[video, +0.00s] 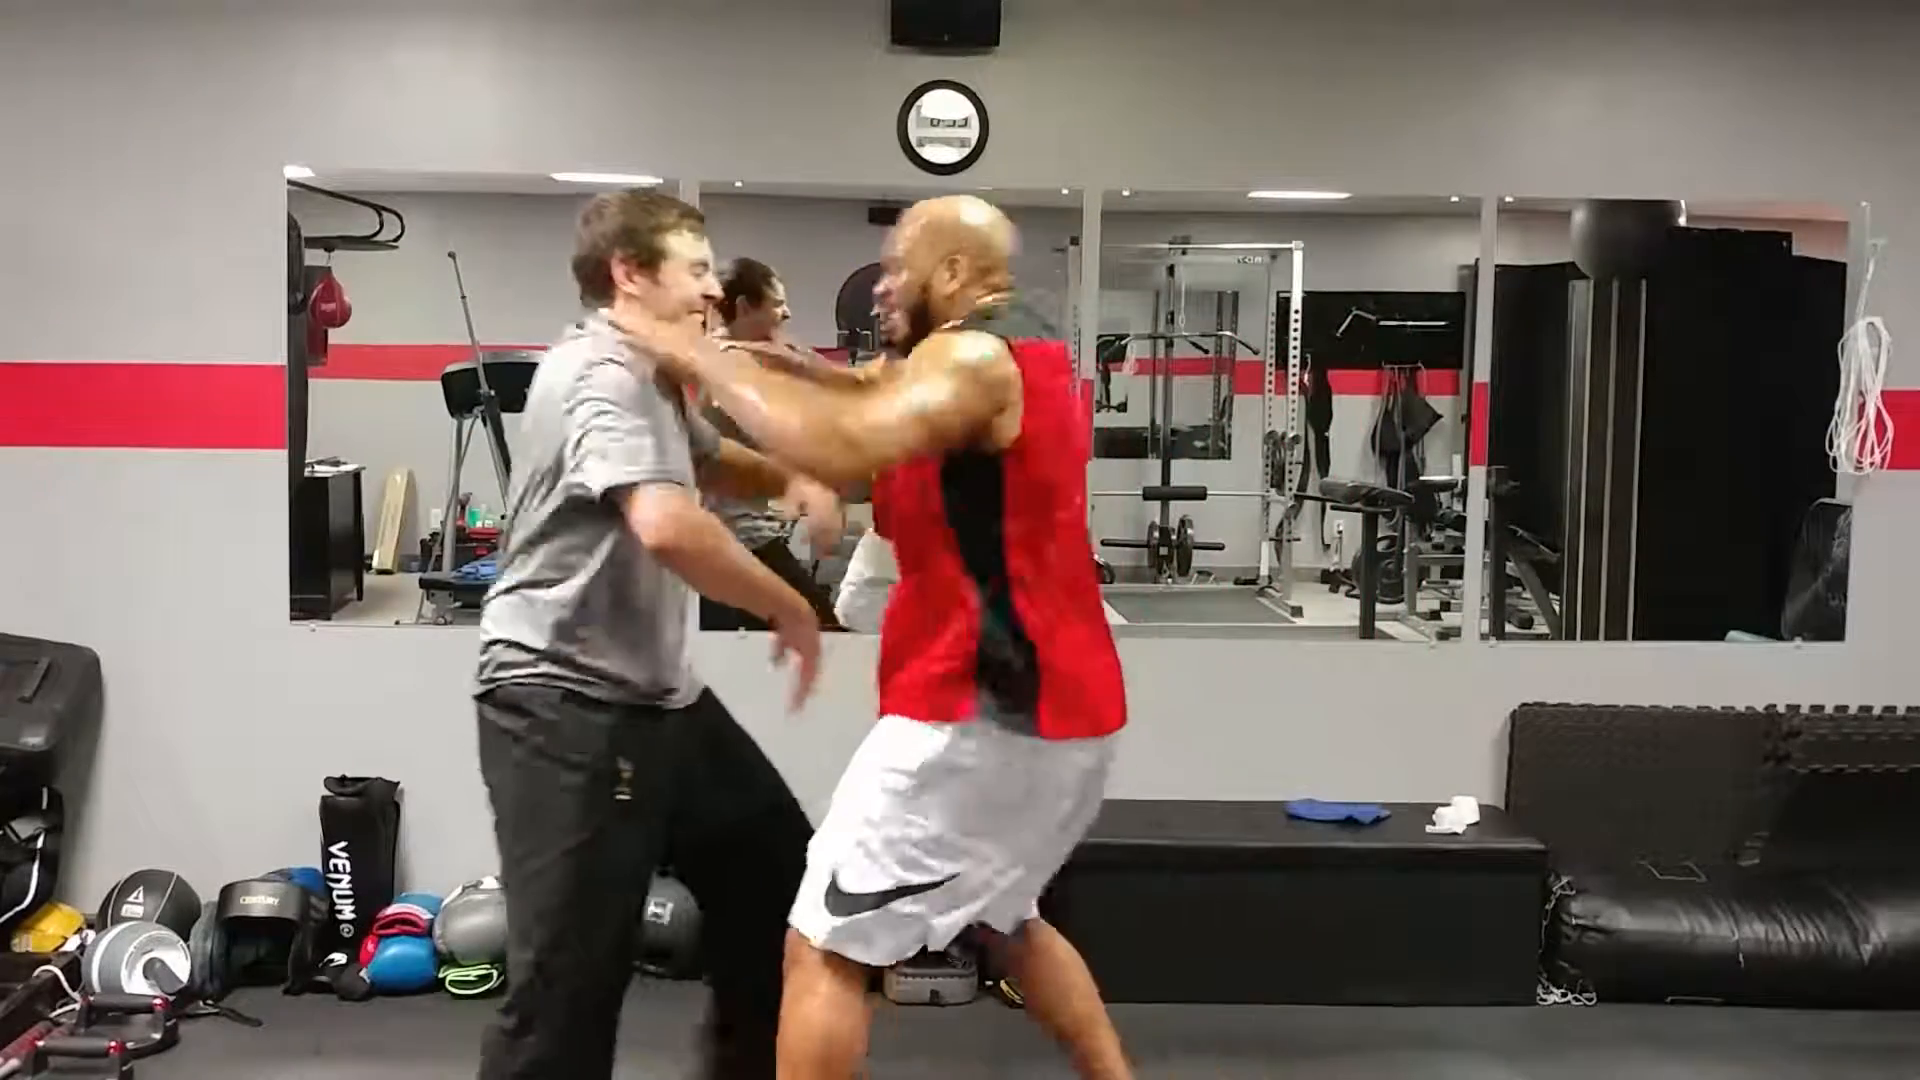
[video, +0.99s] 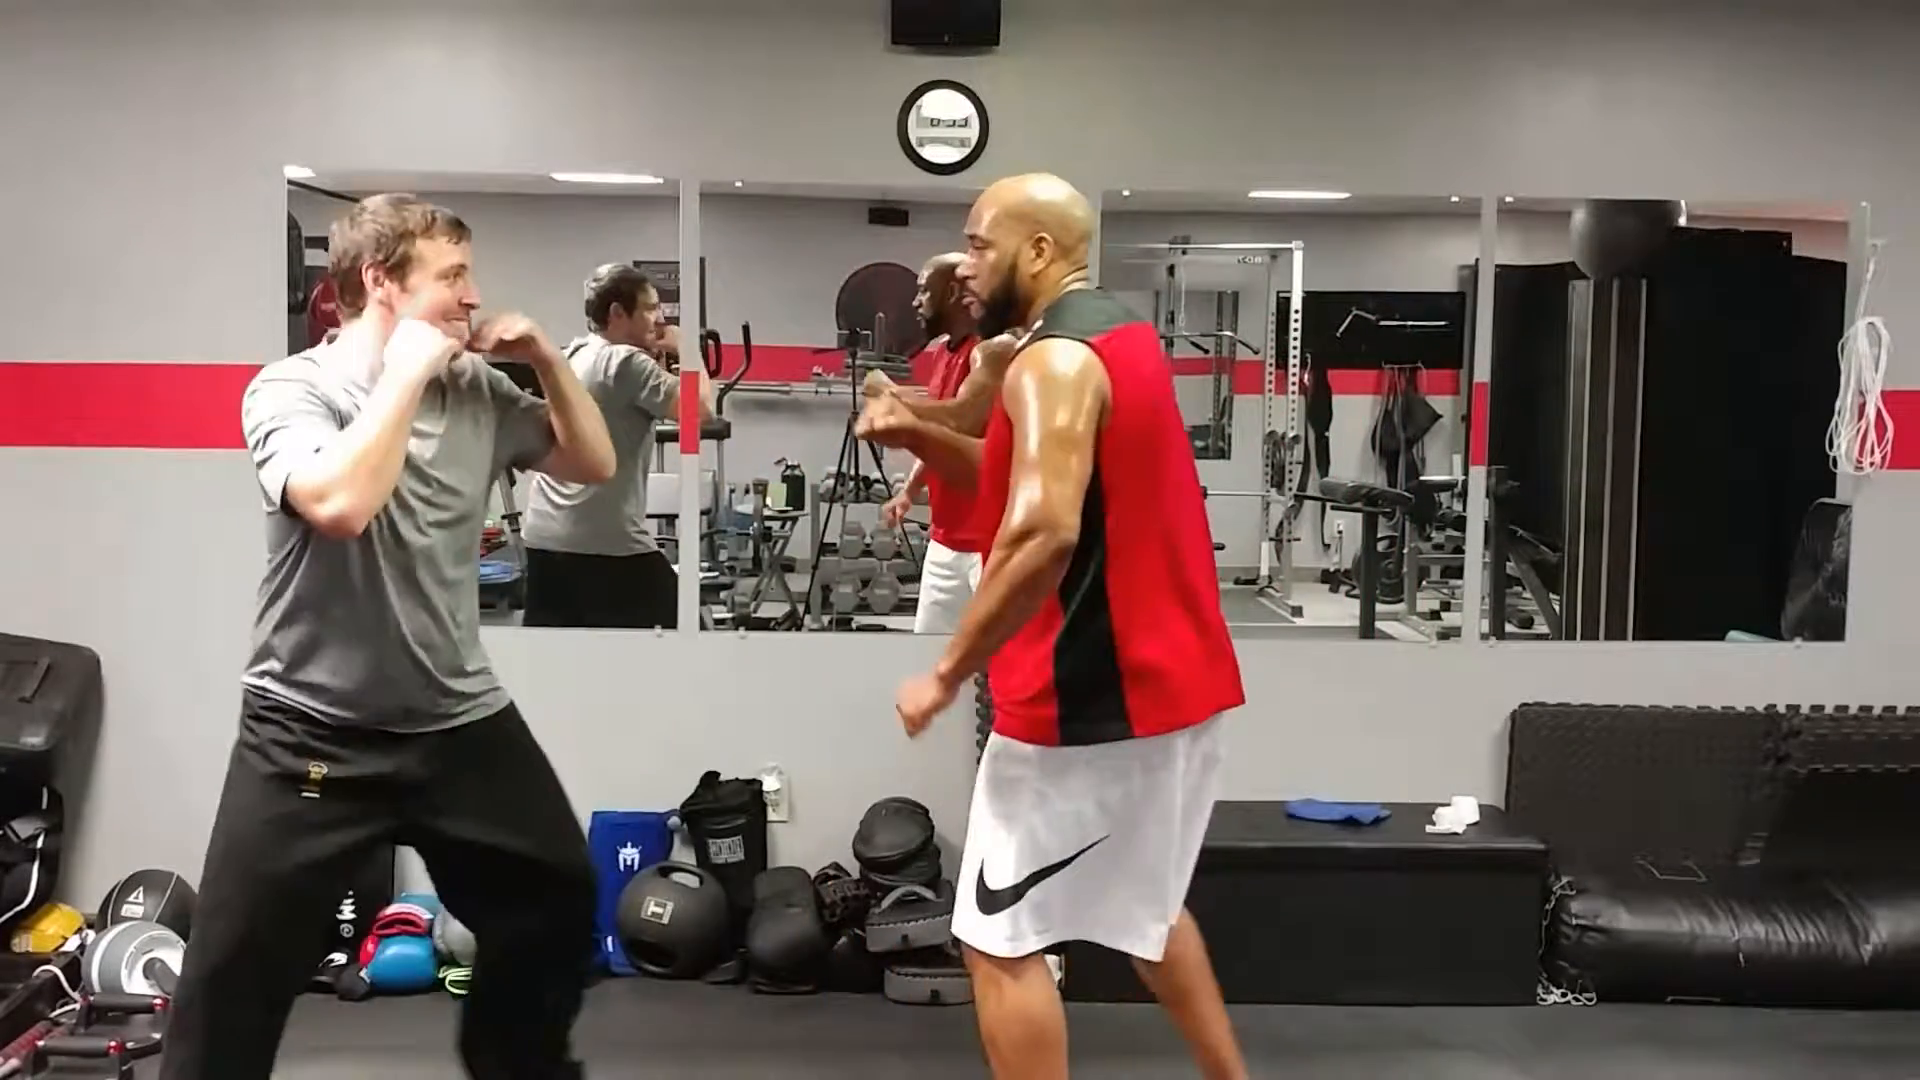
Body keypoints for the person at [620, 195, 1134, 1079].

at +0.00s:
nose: (884, 287)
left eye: (896, 268)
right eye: (887, 268)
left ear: (949, 275)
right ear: (979, 277)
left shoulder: (971, 363)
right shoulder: (1028, 354)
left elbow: (847, 449)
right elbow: (874, 388)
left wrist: (695, 353)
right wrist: (764, 357)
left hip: (974, 705)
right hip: (1063, 703)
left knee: (826, 947)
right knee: (1005, 915)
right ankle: (1113, 1071)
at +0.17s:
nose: (847, 325)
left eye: (858, 302)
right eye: (847, 304)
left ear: (918, 298)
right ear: (933, 300)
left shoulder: (951, 393)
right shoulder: (1000, 379)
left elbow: (890, 526)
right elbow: (912, 511)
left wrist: (719, 486)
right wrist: (788, 474)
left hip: (930, 740)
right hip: (1019, 731)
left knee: (768, 949)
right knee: (992, 916)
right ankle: (1153, 1071)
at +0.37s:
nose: (895, 297)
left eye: (912, 279)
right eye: (897, 278)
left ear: (972, 281)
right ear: (984, 284)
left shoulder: (1006, 374)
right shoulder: (1036, 356)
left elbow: (961, 513)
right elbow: (947, 501)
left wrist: (789, 534)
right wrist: (882, 435)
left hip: (1001, 705)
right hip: (1090, 698)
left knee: (839, 916)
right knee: (1062, 906)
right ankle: (1155, 1069)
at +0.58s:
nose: (945, 284)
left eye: (957, 264)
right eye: (945, 265)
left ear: (1017, 266)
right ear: (1034, 267)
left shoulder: (1038, 373)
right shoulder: (1104, 351)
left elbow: (1014, 530)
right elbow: (1070, 500)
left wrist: (904, 665)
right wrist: (952, 443)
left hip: (1035, 673)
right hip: (1129, 668)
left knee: (877, 885)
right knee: (1077, 892)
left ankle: (974, 1073)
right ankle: (1161, 1071)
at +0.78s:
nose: (947, 276)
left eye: (960, 258)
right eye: (949, 258)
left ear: (1016, 261)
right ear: (1035, 262)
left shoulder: (1031, 372)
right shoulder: (1110, 344)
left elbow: (1046, 560)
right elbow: (1098, 507)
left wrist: (968, 704)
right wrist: (969, 486)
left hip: (1049, 708)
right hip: (1134, 694)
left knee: (957, 933)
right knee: (1091, 907)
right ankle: (1160, 1071)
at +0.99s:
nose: (968, 265)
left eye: (981, 245)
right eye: (970, 246)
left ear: (1040, 251)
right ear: (1056, 254)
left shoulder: (1053, 358)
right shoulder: (1126, 335)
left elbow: (1045, 530)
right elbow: (1036, 479)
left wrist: (944, 674)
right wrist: (927, 434)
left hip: (1078, 699)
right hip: (1179, 688)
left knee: (999, 937)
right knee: (1148, 904)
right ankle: (1230, 1071)